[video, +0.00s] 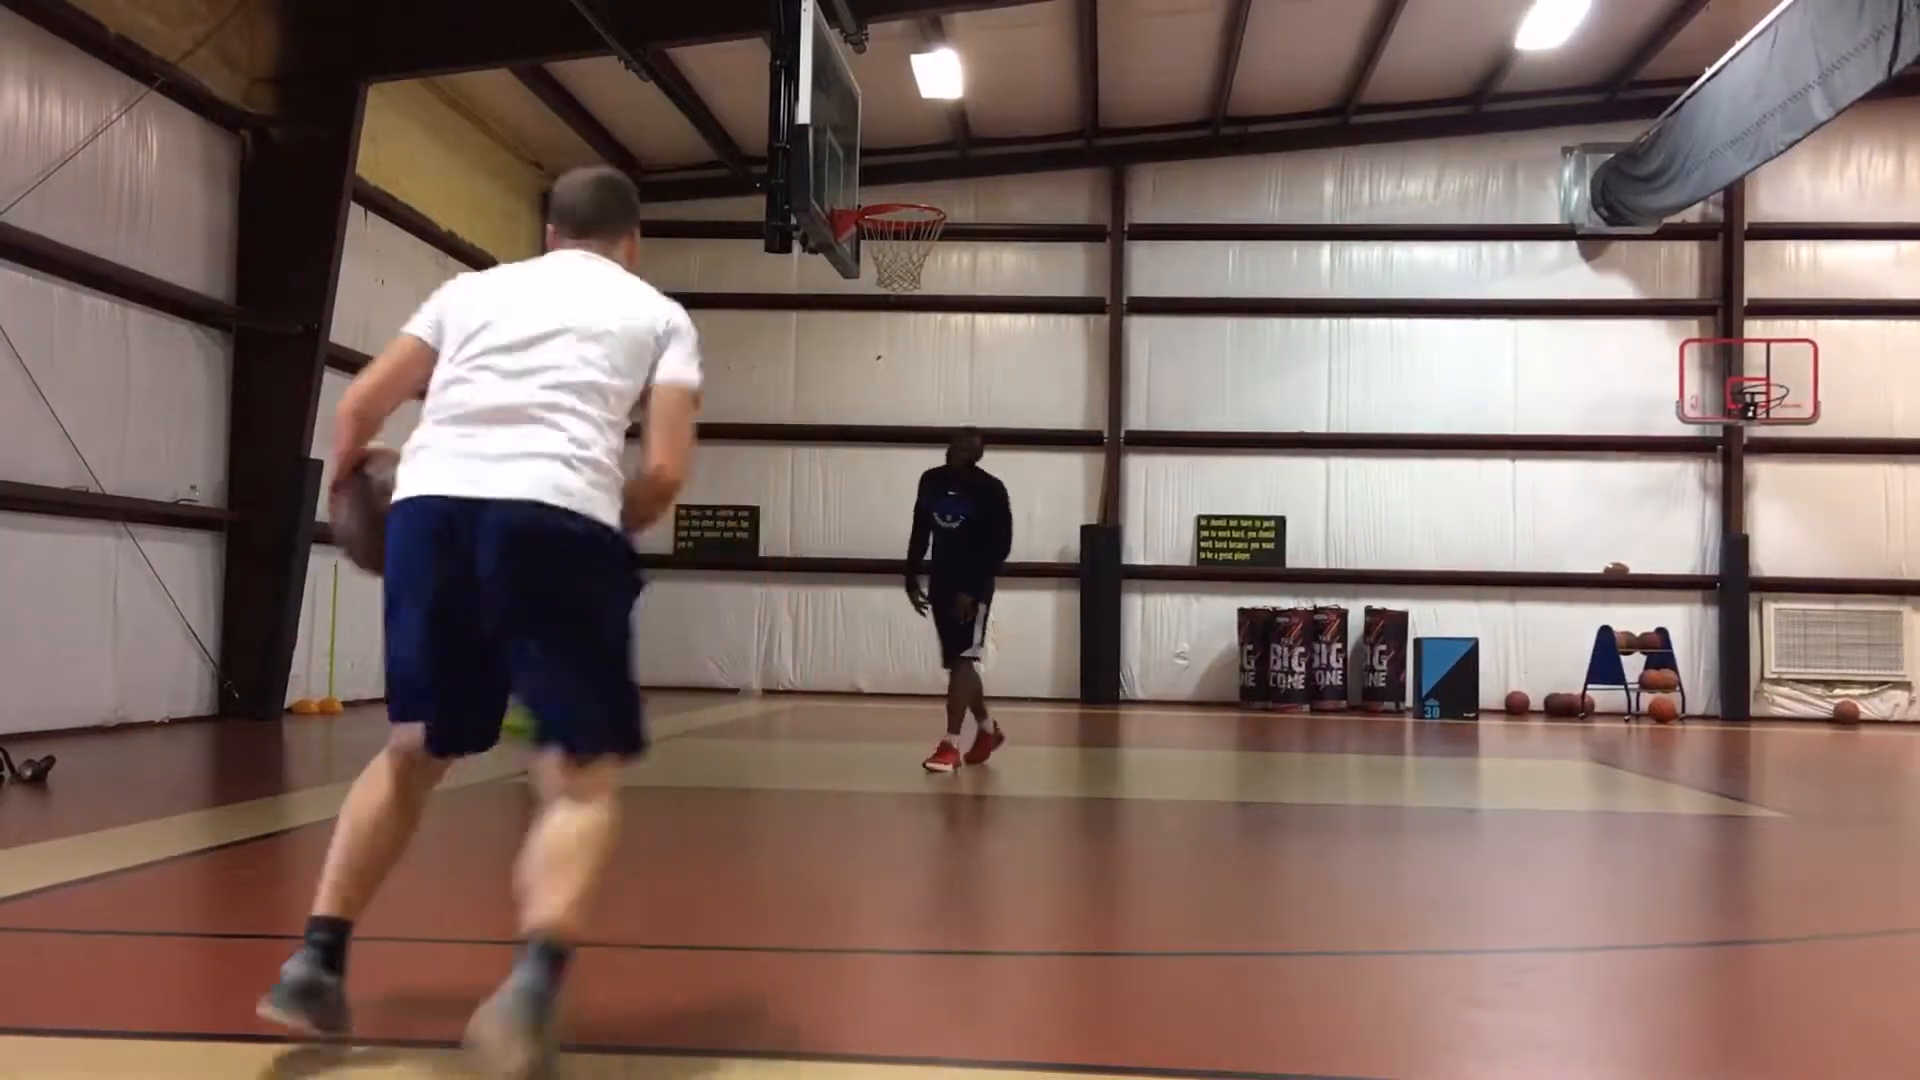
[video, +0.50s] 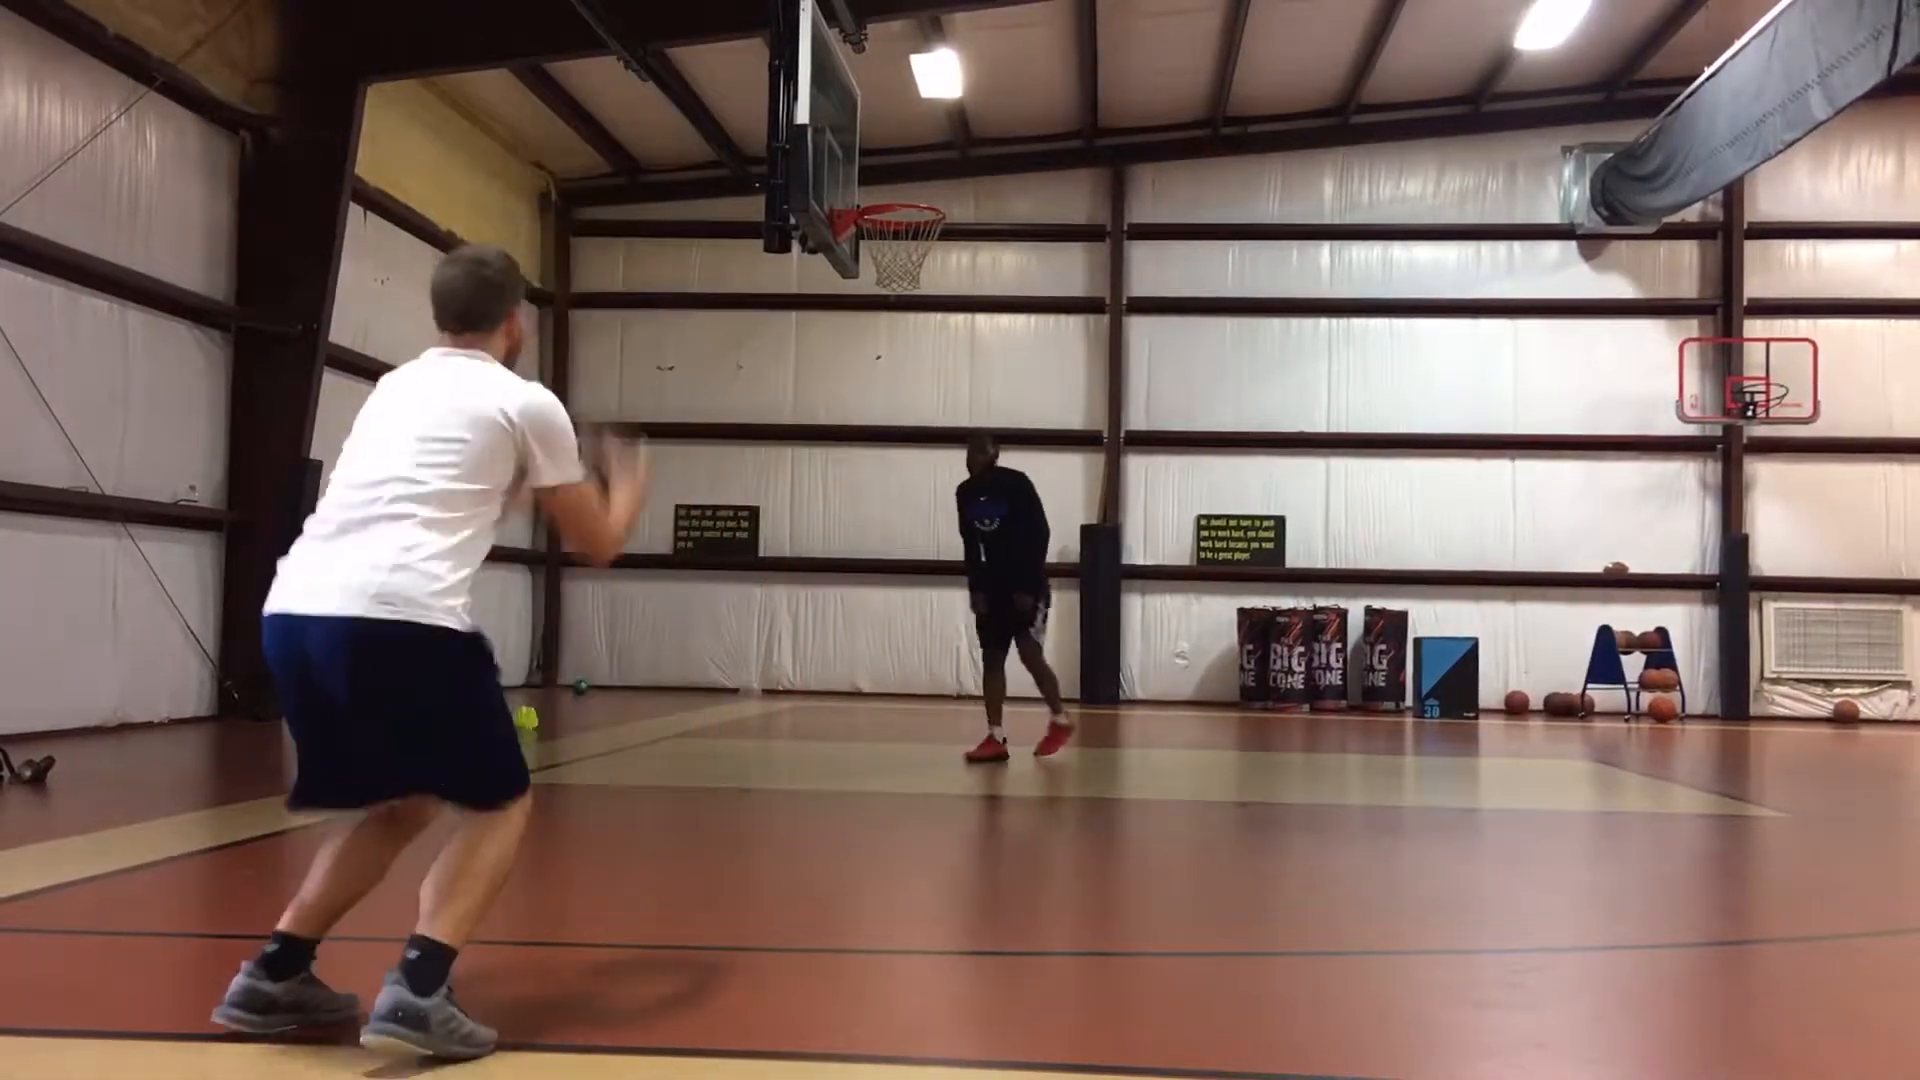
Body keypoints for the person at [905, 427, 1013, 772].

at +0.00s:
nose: (957, 447)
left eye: (965, 443)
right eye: (955, 441)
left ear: (978, 451)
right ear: (949, 446)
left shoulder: (991, 489)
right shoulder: (931, 480)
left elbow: (999, 547)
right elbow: (920, 530)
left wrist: (974, 591)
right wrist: (911, 575)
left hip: (975, 583)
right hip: (941, 579)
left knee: (962, 661)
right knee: (957, 662)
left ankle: (951, 744)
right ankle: (987, 729)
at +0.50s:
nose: (970, 457)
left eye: (976, 451)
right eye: (969, 451)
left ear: (993, 453)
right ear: (969, 453)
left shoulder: (1017, 483)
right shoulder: (965, 492)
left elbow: (1039, 534)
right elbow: (970, 544)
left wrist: (1028, 586)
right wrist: (975, 587)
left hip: (1025, 584)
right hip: (991, 586)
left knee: (1030, 655)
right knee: (992, 661)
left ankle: (1061, 721)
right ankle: (996, 737)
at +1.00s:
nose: (1010, 480)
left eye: (1017, 475)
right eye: (1008, 474)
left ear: (1032, 479)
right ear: (1004, 475)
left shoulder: (1048, 505)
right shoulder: (1000, 504)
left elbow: (1069, 556)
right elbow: (1006, 557)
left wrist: (1065, 605)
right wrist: (1015, 602)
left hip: (1064, 586)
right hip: (1034, 587)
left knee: (1065, 659)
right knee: (1023, 655)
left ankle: (1069, 733)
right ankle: (1033, 730)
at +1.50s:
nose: (1000, 515)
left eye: (1005, 510)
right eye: (999, 510)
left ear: (1023, 511)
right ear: (999, 510)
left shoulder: (1043, 533)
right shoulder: (998, 532)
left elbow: (1069, 581)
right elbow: (1014, 581)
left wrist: (1061, 626)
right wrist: (1029, 620)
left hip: (1078, 592)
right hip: (1051, 592)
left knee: (1065, 660)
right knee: (1035, 656)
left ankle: (1070, 735)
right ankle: (1036, 733)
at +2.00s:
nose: (1004, 501)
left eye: (1012, 497)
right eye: (1007, 496)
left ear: (1029, 507)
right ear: (1012, 501)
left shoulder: (1047, 530)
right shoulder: (1003, 527)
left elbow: (1060, 582)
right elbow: (1013, 577)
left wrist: (1050, 629)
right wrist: (1024, 621)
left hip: (1079, 593)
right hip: (1048, 591)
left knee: (1058, 658)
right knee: (1030, 656)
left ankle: (1069, 735)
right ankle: (1035, 734)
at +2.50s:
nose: (1034, 450)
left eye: (1043, 446)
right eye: (1035, 445)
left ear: (1057, 457)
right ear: (1033, 452)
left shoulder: (1071, 494)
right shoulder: (1019, 488)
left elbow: (1076, 549)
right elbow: (1006, 533)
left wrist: (1065, 591)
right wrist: (990, 574)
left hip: (1061, 585)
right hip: (1028, 582)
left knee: (1058, 658)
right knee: (1017, 655)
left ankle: (1069, 734)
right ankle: (1034, 727)